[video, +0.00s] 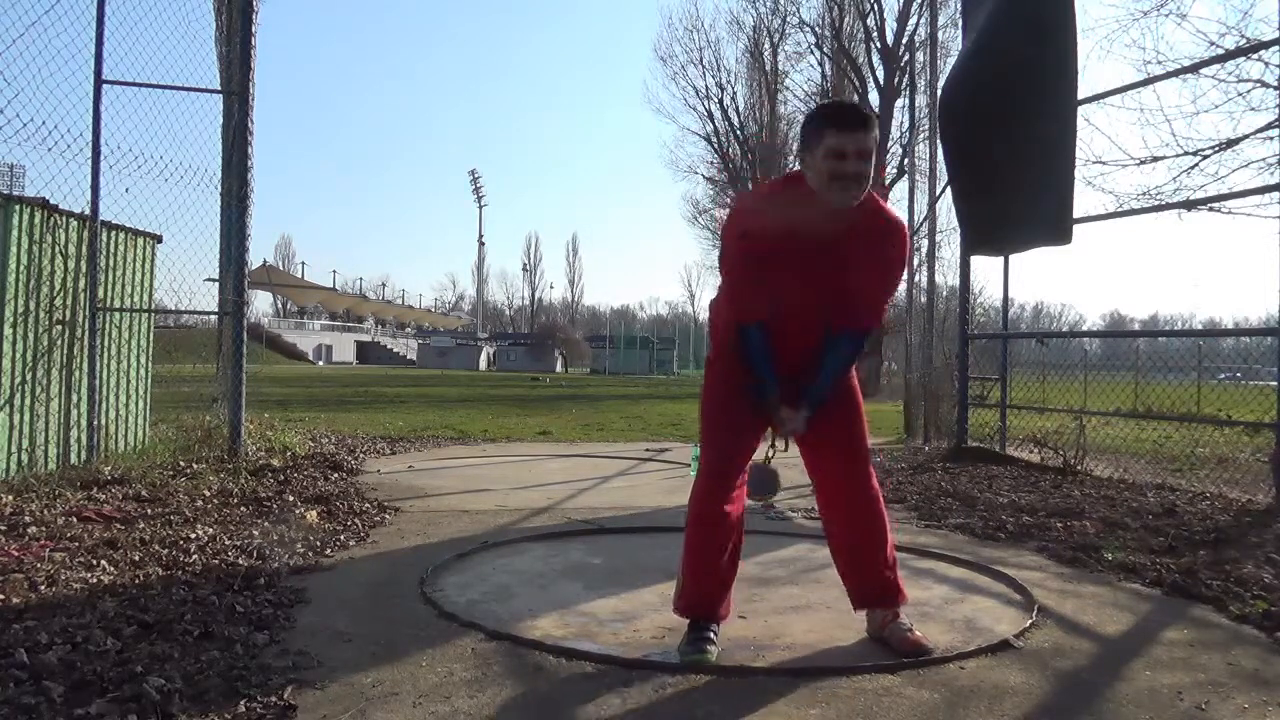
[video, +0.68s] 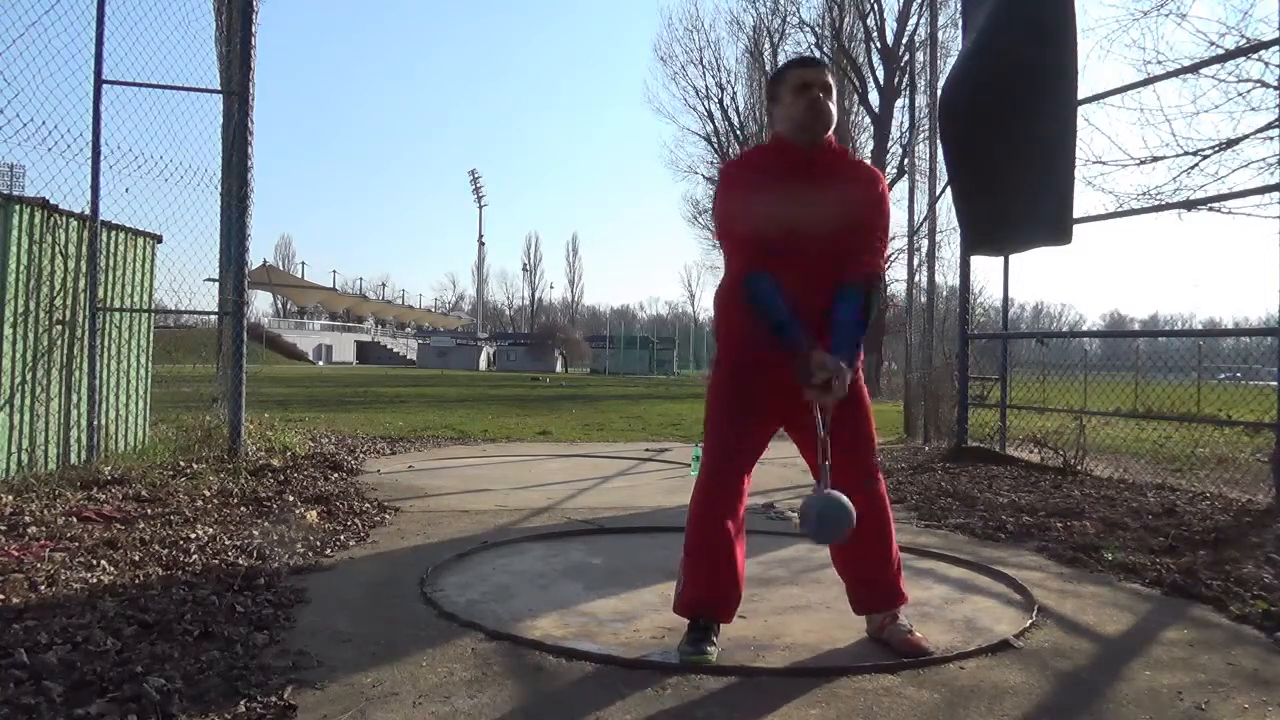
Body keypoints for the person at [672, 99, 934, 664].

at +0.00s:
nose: (849, 167)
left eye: (861, 156)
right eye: (836, 155)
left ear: (874, 161)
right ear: (805, 155)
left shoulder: (885, 232)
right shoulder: (755, 213)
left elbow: (855, 331)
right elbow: (747, 314)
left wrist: (809, 401)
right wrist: (770, 392)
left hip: (825, 364)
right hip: (745, 355)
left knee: (854, 480)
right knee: (719, 481)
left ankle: (885, 613)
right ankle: (703, 619)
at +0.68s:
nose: (819, 100)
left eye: (826, 91)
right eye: (804, 91)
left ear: (836, 106)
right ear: (772, 105)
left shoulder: (864, 180)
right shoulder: (742, 174)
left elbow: (863, 276)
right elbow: (751, 272)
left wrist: (842, 356)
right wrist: (802, 351)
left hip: (833, 354)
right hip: (750, 353)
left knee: (861, 477)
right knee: (719, 479)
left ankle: (885, 614)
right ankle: (704, 617)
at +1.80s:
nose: (964, 121)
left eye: (962, 112)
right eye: (950, 110)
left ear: (906, 124)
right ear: (907, 119)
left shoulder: (868, 172)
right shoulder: (920, 169)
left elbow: (851, 271)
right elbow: (942, 266)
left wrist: (905, 322)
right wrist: (937, 323)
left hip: (857, 350)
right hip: (813, 342)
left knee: (877, 481)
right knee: (781, 490)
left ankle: (882, 616)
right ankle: (700, 604)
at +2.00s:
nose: (952, 113)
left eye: (952, 104)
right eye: (938, 104)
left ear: (900, 121)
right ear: (897, 114)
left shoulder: (872, 163)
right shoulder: (922, 163)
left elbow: (873, 244)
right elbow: (964, 230)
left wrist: (928, 262)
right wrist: (946, 259)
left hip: (854, 352)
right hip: (819, 344)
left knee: (876, 483)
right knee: (789, 491)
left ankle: (882, 617)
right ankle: (700, 599)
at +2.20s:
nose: (918, 107)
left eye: (920, 98)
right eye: (903, 98)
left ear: (917, 110)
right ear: (863, 113)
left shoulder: (856, 170)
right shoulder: (881, 158)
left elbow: (873, 276)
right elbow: (966, 224)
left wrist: (944, 257)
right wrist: (970, 232)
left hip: (842, 360)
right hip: (793, 351)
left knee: (871, 486)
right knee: (774, 496)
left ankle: (881, 618)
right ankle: (703, 606)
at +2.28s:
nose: (896, 111)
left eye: (900, 101)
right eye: (880, 101)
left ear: (902, 111)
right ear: (842, 112)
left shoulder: (856, 181)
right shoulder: (847, 164)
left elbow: (874, 275)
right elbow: (928, 210)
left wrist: (954, 264)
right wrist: (969, 235)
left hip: (835, 363)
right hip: (778, 355)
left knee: (870, 479)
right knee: (767, 493)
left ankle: (881, 616)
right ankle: (710, 610)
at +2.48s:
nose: (807, 131)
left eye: (818, 121)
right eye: (794, 122)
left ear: (837, 133)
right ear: (775, 133)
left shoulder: (850, 209)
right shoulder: (754, 199)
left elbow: (864, 291)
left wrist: (933, 323)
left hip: (817, 379)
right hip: (739, 379)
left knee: (866, 480)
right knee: (720, 489)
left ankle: (879, 616)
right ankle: (727, 615)